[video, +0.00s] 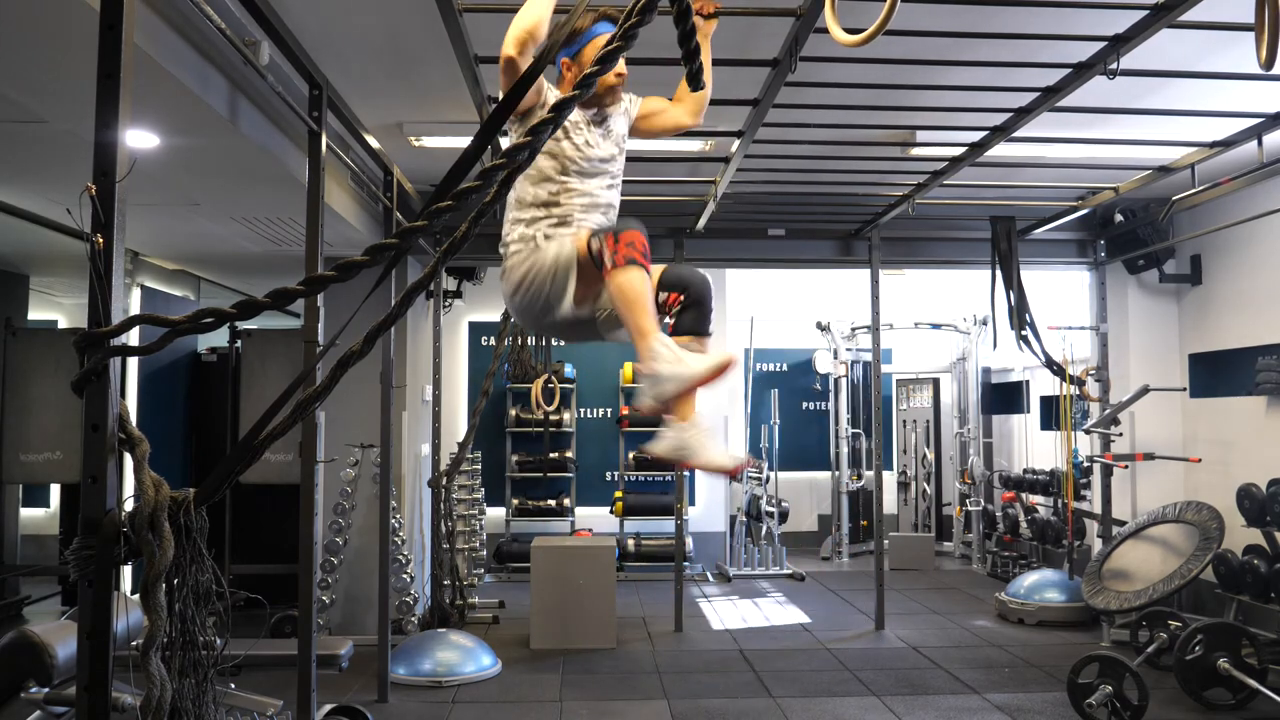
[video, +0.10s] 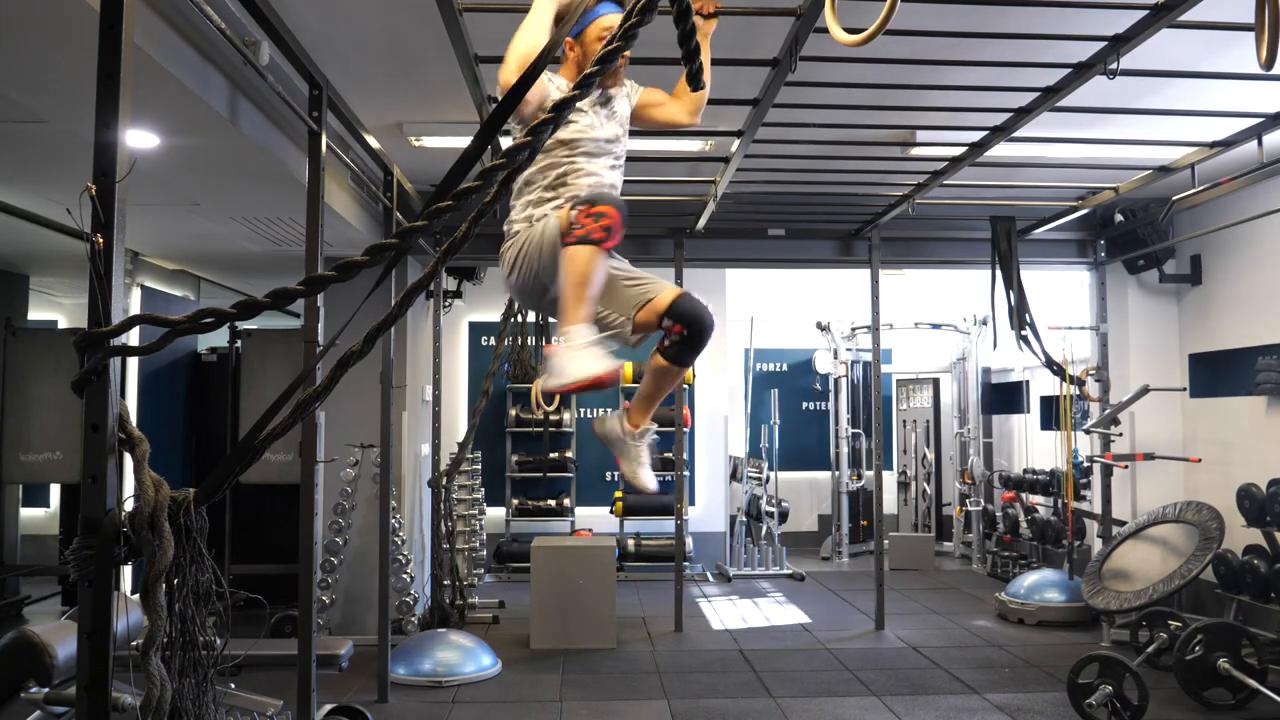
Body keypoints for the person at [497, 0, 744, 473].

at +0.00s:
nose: (621, 71)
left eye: (622, 60)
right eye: (606, 61)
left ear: (623, 66)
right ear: (569, 70)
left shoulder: (622, 112)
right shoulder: (538, 107)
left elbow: (687, 112)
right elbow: (516, 49)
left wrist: (702, 38)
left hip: (591, 290)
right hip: (530, 279)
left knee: (691, 286)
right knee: (624, 238)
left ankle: (682, 428)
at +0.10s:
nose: (620, 52)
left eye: (623, 41)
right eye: (606, 41)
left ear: (629, 45)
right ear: (573, 47)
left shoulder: (624, 94)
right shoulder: (548, 89)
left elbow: (686, 110)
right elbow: (511, 84)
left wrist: (701, 37)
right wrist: (547, 10)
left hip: (591, 261)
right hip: (531, 251)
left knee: (693, 323)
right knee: (599, 210)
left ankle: (630, 427)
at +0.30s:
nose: (635, 56)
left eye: (641, 47)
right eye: (624, 44)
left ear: (643, 50)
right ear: (587, 42)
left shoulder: (635, 98)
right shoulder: (564, 86)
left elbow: (695, 110)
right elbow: (595, 54)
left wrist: (703, 35)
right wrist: (645, 2)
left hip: (625, 278)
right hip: (561, 276)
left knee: (709, 365)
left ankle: (673, 440)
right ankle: (472, 453)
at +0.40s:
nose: (660, 65)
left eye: (660, 59)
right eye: (646, 59)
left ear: (646, 63)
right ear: (610, 59)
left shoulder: (647, 111)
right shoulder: (584, 114)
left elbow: (702, 112)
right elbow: (652, 56)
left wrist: (706, 40)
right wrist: (666, 5)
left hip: (649, 296)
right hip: (589, 302)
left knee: (719, 390)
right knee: (568, 446)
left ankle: (695, 462)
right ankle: (502, 498)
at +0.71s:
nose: (688, 87)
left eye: (689, 82)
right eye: (677, 78)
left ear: (683, 95)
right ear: (652, 90)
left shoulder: (695, 133)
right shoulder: (642, 145)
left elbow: (728, 103)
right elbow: (679, 62)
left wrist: (711, 36)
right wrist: (683, 13)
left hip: (760, 316)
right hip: (714, 329)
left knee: (795, 415)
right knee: (718, 473)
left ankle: (742, 509)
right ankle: (666, 578)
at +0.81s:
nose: (693, 91)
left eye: (696, 84)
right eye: (680, 81)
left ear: (692, 96)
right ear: (656, 90)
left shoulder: (707, 132)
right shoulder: (658, 150)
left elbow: (730, 98)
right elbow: (677, 70)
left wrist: (711, 36)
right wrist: (688, 35)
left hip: (783, 296)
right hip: (751, 309)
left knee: (828, 410)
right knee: (780, 463)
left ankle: (763, 507)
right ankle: (744, 599)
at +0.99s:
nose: (690, 56)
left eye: (686, 49)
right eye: (680, 49)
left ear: (637, 74)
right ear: (664, 59)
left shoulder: (701, 111)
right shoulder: (673, 113)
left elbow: (731, 89)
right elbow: (735, 16)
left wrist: (712, 30)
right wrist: (692, 13)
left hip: (802, 270)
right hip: (795, 275)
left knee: (860, 383)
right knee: (879, 409)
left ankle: (843, 503)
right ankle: (915, 563)